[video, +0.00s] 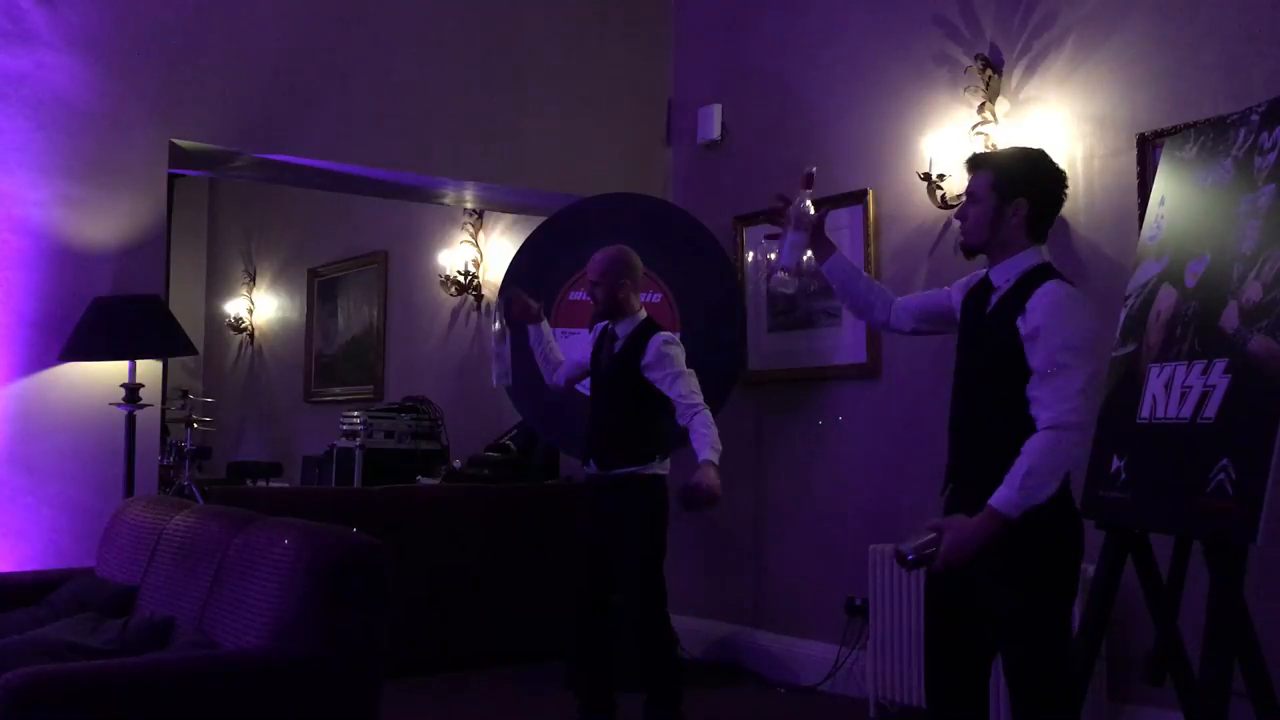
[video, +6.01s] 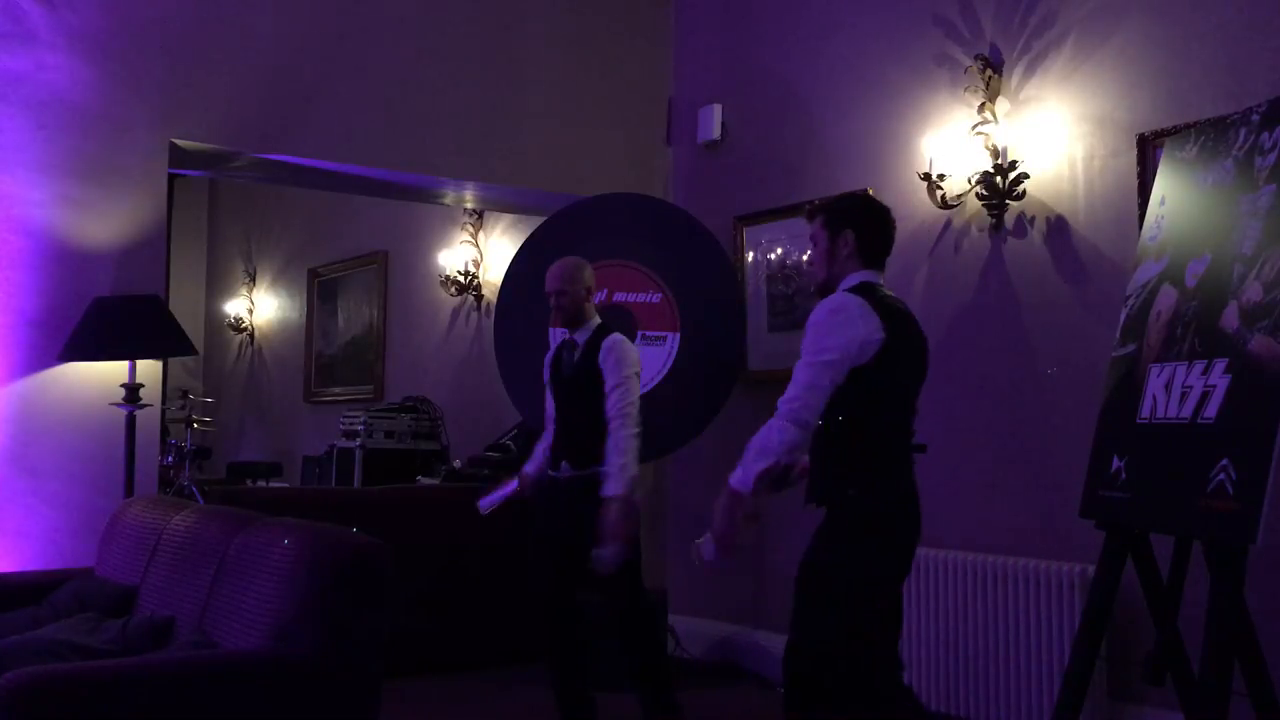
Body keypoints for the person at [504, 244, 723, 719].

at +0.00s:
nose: (588, 292)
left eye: (597, 284)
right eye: (588, 284)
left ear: (626, 287)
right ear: (606, 288)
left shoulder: (658, 343)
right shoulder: (598, 337)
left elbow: (693, 406)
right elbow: (558, 374)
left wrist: (708, 462)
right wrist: (537, 323)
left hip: (641, 487)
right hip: (601, 485)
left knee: (643, 602)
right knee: (597, 598)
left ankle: (661, 705)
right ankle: (596, 702)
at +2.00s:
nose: (603, 308)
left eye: (613, 299)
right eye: (599, 299)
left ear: (638, 297)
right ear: (596, 298)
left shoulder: (672, 351)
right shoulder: (593, 348)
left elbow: (653, 424)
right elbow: (573, 421)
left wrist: (596, 418)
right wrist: (573, 487)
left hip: (650, 490)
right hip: (599, 487)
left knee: (647, 599)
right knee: (596, 595)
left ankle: (663, 703)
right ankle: (594, 701)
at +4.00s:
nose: (623, 306)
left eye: (632, 297)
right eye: (617, 298)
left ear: (655, 298)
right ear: (609, 303)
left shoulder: (680, 352)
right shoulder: (612, 359)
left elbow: (625, 423)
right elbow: (605, 438)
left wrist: (553, 417)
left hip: (677, 498)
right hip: (632, 496)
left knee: (663, 608)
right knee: (606, 601)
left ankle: (681, 708)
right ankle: (592, 705)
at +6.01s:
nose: (555, 304)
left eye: (563, 295)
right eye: (550, 296)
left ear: (589, 293)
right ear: (549, 297)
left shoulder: (616, 348)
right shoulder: (556, 353)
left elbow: (624, 427)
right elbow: (553, 429)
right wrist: (523, 480)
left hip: (604, 490)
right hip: (562, 491)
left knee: (620, 599)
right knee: (563, 600)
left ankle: (653, 700)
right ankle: (574, 701)